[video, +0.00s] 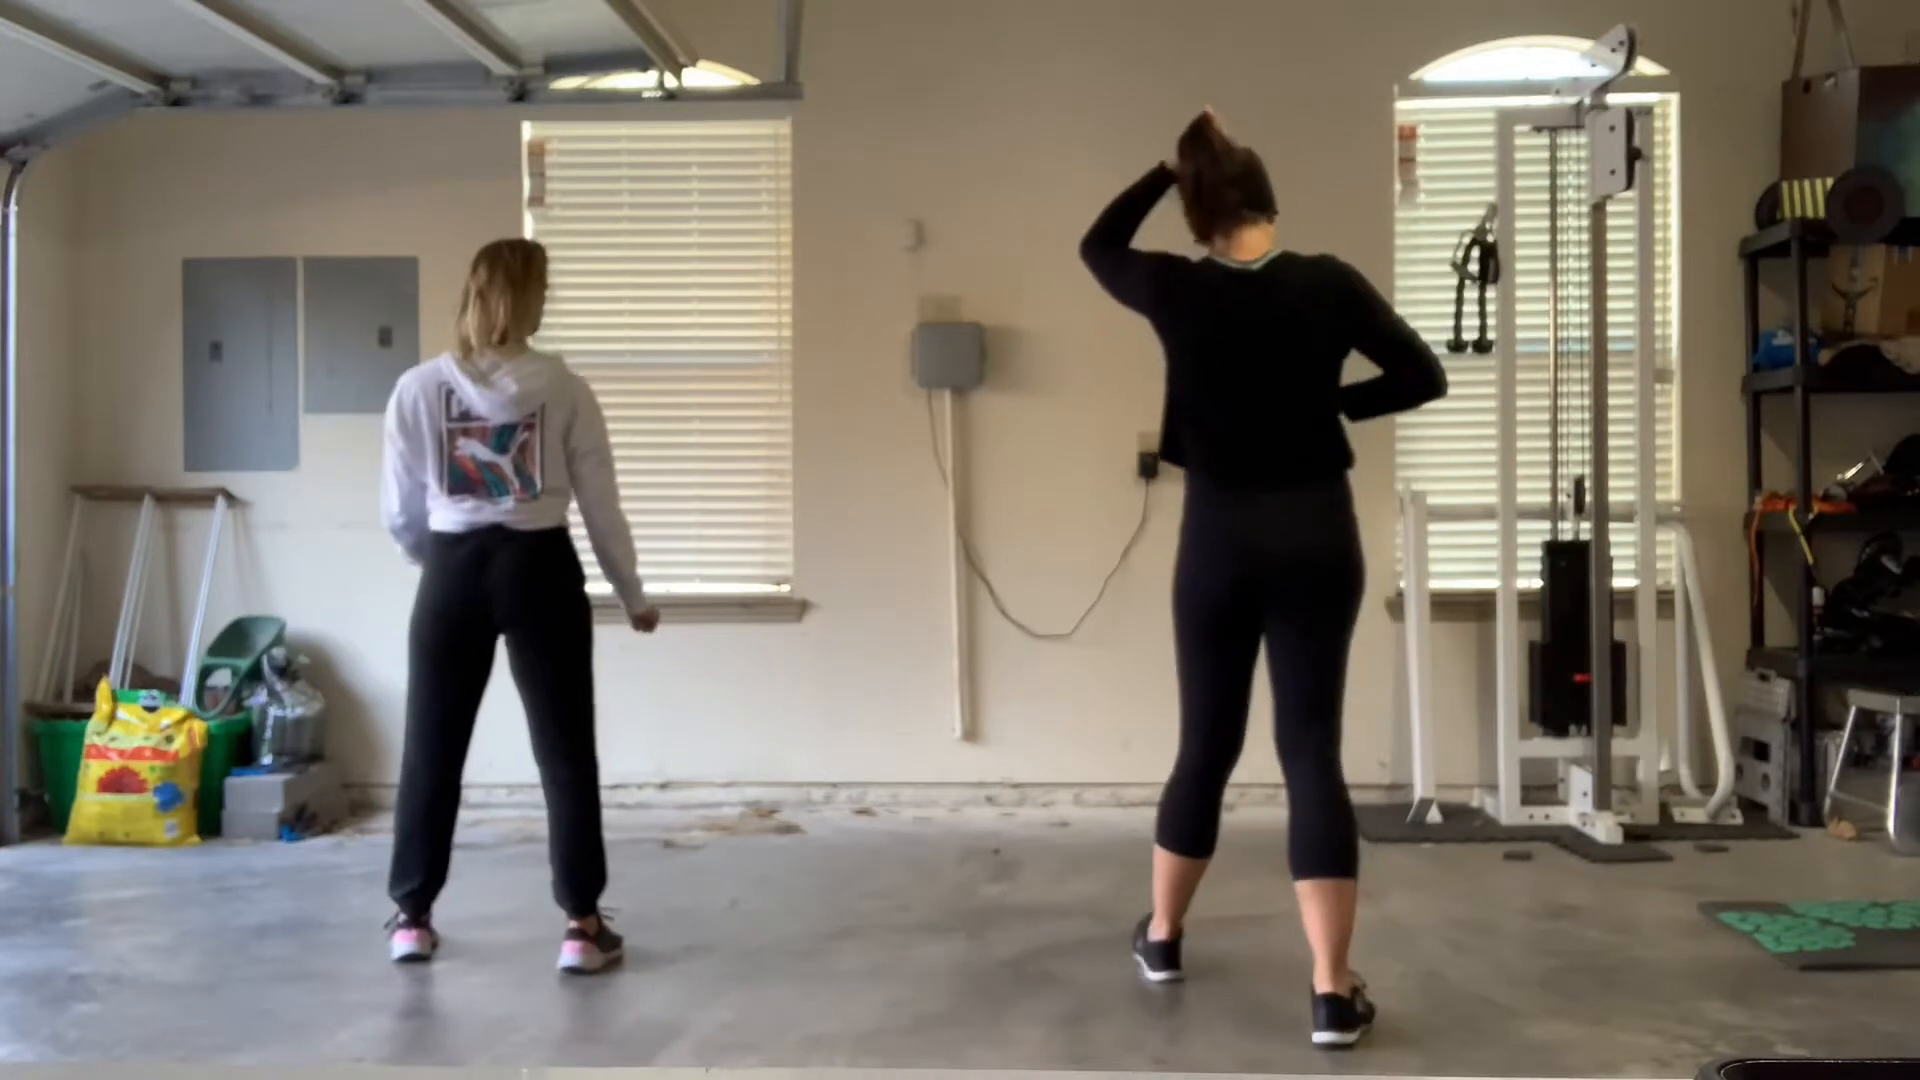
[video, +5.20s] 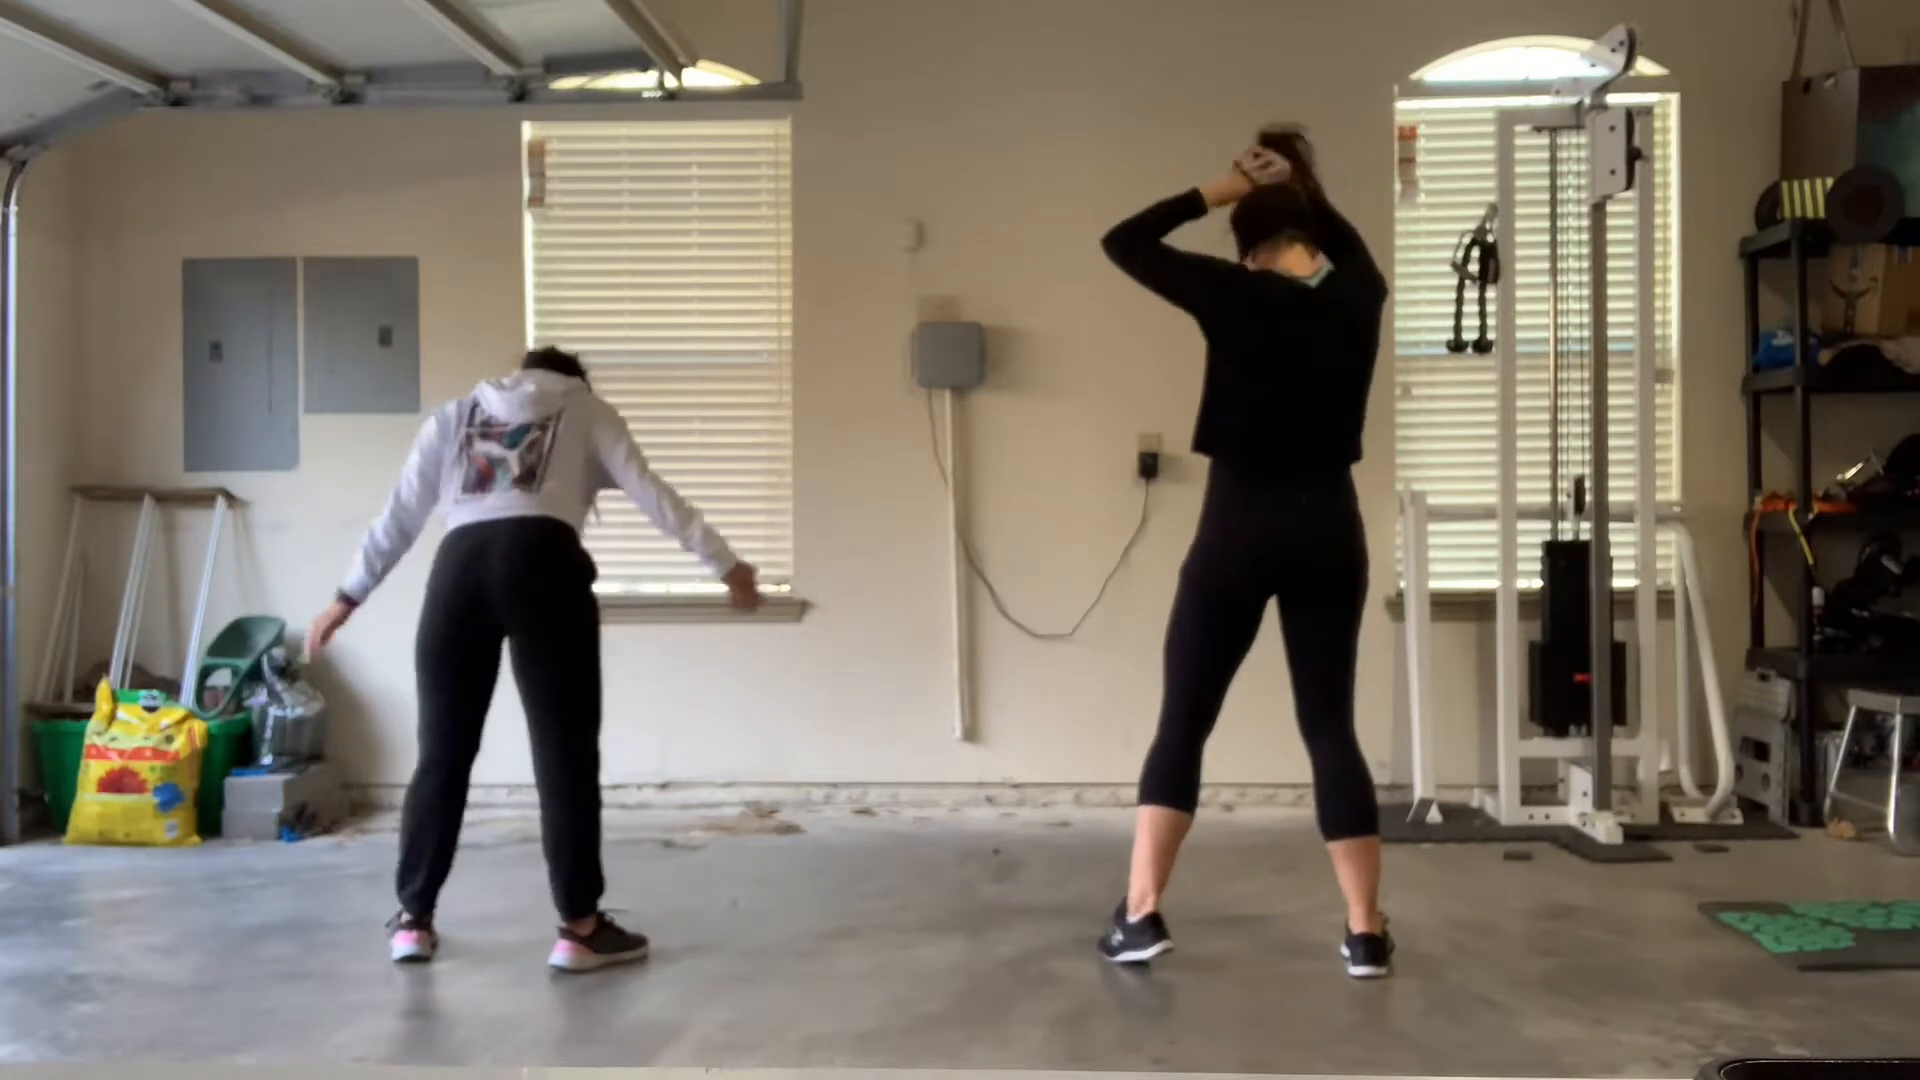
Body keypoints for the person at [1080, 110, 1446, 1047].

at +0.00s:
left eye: (1201, 215)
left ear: (1196, 219)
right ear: (1271, 203)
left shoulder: (1181, 291)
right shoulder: (1329, 284)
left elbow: (1101, 246)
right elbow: (1422, 380)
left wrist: (1167, 170)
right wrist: (1333, 405)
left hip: (1218, 552)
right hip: (1319, 547)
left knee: (1206, 746)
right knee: (1313, 755)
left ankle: (1162, 938)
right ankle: (1331, 991)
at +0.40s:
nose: (1171, 229)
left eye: (1152, 220)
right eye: (1202, 214)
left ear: (1137, 224)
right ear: (1213, 217)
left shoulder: (1115, 291)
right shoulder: (1253, 296)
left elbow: (1056, 237)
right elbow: (1347, 368)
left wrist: (1120, 173)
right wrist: (1274, 311)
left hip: (1132, 538)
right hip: (1229, 537)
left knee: (1159, 730)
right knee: (1265, 722)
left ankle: (1159, 937)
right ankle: (1272, 913)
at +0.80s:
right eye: (1201, 219)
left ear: (1137, 229)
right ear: (1213, 228)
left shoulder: (1112, 287)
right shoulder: (1240, 290)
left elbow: (1055, 211)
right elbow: (1297, 231)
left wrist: (1133, 155)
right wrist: (1232, 180)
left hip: (1128, 535)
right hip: (1220, 532)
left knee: (1155, 727)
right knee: (1247, 710)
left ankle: (1159, 932)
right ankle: (1268, 895)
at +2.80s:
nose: (1248, 258)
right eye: (1246, 245)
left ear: (1180, 255)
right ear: (1248, 247)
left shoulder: (1161, 313)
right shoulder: (1288, 311)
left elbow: (1070, 256)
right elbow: (1337, 245)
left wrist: (1136, 196)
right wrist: (1264, 198)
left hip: (1168, 543)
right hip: (1260, 545)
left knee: (1150, 737)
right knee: (1302, 736)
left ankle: (1135, 934)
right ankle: (1372, 930)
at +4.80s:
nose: (1245, 248)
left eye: (1244, 236)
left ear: (1246, 235)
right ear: (1314, 227)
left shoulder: (1235, 297)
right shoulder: (1364, 297)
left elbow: (1113, 291)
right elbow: (1351, 261)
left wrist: (1163, 223)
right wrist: (1303, 208)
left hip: (1260, 531)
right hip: (1352, 533)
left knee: (1199, 725)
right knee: (1341, 726)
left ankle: (1148, 910)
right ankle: (1366, 930)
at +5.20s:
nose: (1253, 259)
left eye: (1247, 246)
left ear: (1245, 246)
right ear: (1315, 238)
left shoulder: (1232, 295)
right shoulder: (1355, 302)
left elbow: (1127, 242)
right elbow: (1346, 243)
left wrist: (1210, 196)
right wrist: (1302, 190)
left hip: (1237, 528)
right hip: (1330, 532)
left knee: (1184, 722)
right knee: (1332, 727)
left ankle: (1140, 914)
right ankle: (1365, 930)